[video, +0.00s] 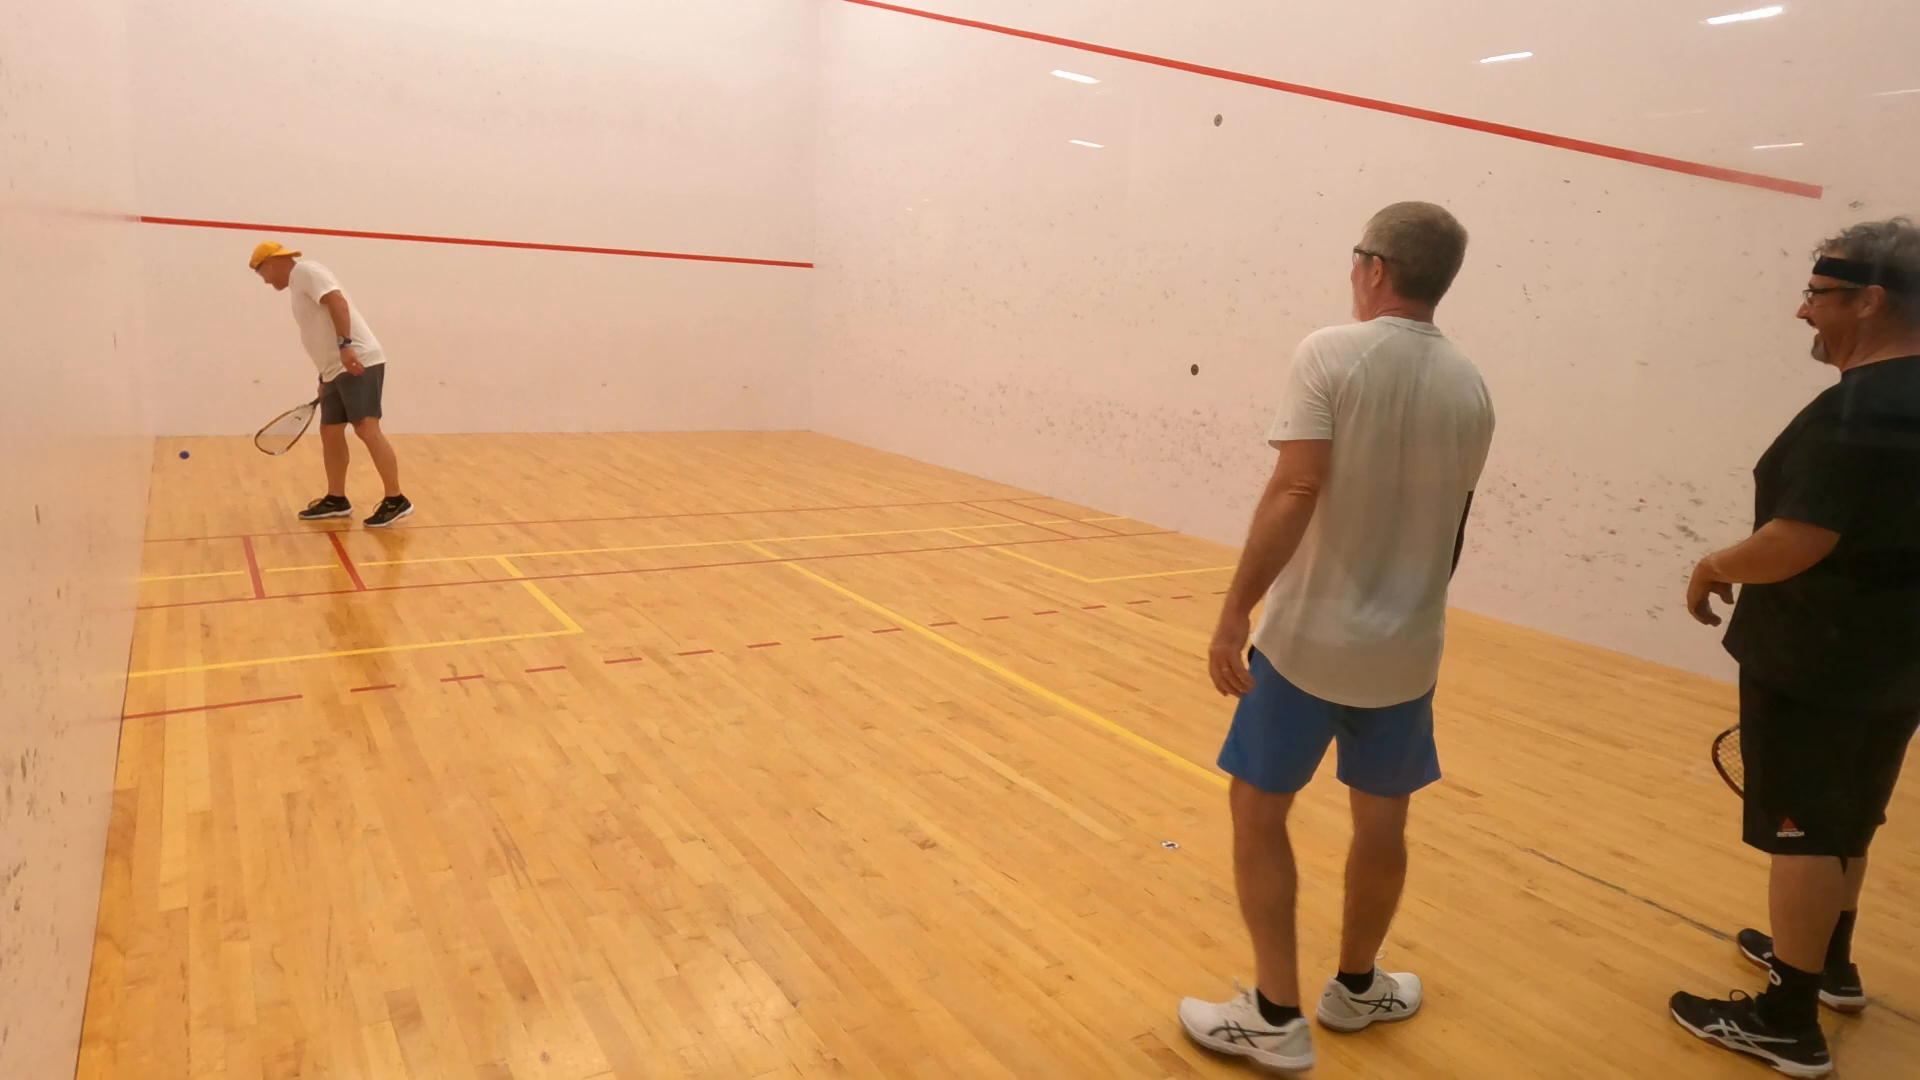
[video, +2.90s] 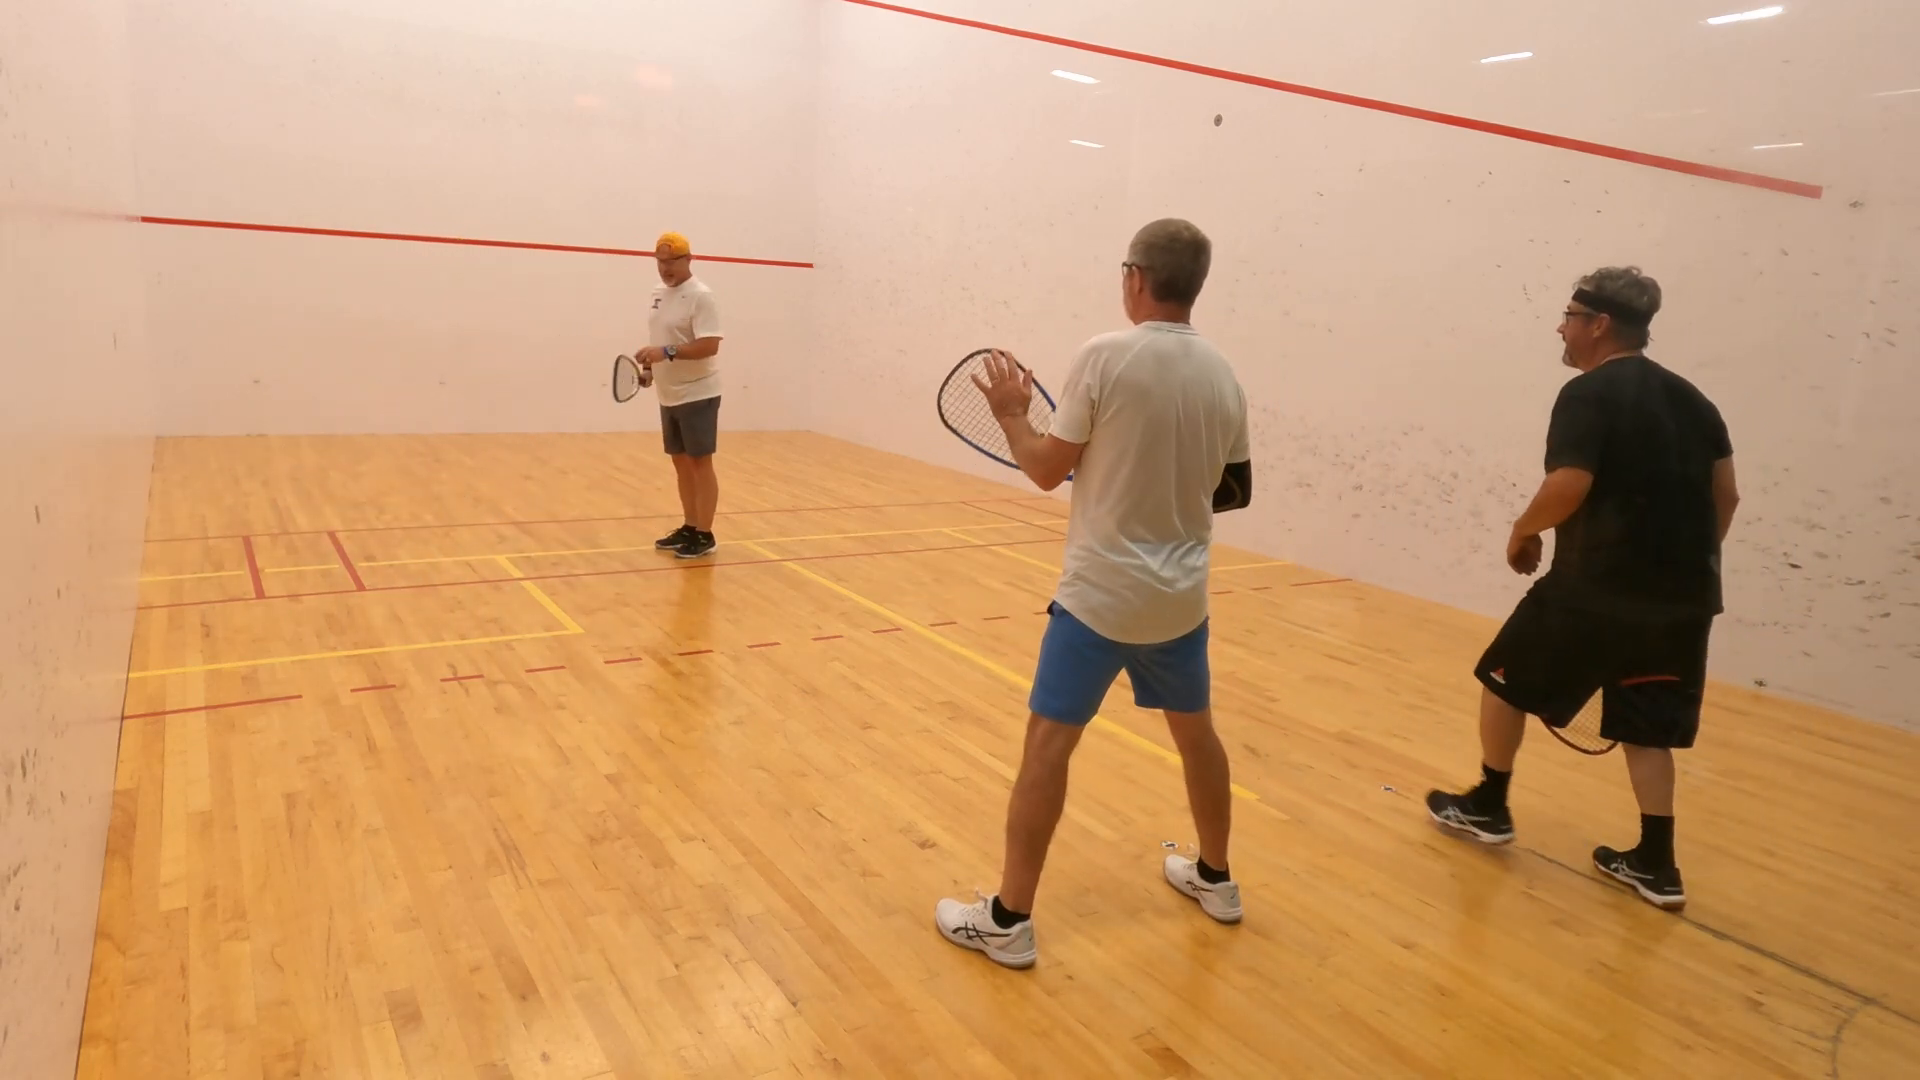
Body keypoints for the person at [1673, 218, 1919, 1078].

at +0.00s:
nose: (1804, 310)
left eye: (1819, 294)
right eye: (1808, 293)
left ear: (1874, 301)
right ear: (1882, 304)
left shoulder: (1862, 412)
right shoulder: (1906, 395)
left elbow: (1796, 541)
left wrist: (1711, 567)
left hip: (1824, 662)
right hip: (1888, 659)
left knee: (1803, 825)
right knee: (1843, 813)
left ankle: (1786, 1014)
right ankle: (1828, 958)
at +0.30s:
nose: (1816, 306)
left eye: (1832, 291)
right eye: (1821, 291)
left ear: (1883, 302)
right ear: (1887, 305)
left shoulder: (1862, 408)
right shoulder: (1912, 398)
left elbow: (1806, 531)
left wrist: (1709, 560)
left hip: (1806, 647)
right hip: (1893, 655)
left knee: (1713, 772)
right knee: (1854, 795)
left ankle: (1759, 970)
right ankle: (1830, 959)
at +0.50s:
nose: (1808, 310)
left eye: (1822, 294)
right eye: (1812, 293)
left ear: (1875, 301)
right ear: (1883, 305)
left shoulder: (1859, 400)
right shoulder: (1910, 394)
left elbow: (1804, 524)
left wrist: (1712, 554)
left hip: (1792, 627)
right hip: (1884, 643)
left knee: (1678, 747)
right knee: (1854, 788)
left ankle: (1665, 924)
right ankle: (1830, 951)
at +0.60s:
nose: (1794, 307)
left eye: (1808, 292)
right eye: (1798, 292)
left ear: (1857, 301)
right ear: (1868, 305)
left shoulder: (1835, 403)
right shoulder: (1912, 395)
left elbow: (1788, 522)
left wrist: (1695, 552)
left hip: (1775, 639)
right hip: (1871, 648)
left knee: (1686, 755)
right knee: (1851, 789)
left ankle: (1604, 893)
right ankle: (1829, 951)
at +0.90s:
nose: (1704, 310)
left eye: (1717, 296)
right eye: (1710, 295)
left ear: (1760, 307)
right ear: (1782, 312)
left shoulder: (1740, 405)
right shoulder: (1855, 413)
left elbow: (1699, 523)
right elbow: (1850, 542)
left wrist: (1612, 554)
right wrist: (1805, 614)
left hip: (1703, 636)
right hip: (1802, 647)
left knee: (1628, 744)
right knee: (1804, 787)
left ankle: (1577, 881)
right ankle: (1823, 950)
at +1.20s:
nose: (1597, 321)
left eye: (1607, 308)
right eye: (1600, 306)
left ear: (1647, 315)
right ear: (1680, 315)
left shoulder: (1633, 401)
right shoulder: (1758, 389)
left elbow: (1600, 514)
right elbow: (1787, 491)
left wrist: (1554, 556)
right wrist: (1732, 548)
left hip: (1656, 613)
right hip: (1750, 615)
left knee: (1600, 740)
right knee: (1713, 737)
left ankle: (1575, 881)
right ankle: (1761, 876)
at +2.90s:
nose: (1561, 327)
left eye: (1570, 316)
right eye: (1565, 315)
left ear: (1600, 325)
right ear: (1623, 329)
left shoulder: (1585, 393)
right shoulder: (1693, 399)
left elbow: (1570, 483)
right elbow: (1724, 495)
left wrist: (1524, 530)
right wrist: (1691, 560)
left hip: (1594, 592)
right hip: (1679, 602)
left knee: (1506, 674)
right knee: (1647, 722)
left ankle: (1488, 803)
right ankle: (1657, 861)